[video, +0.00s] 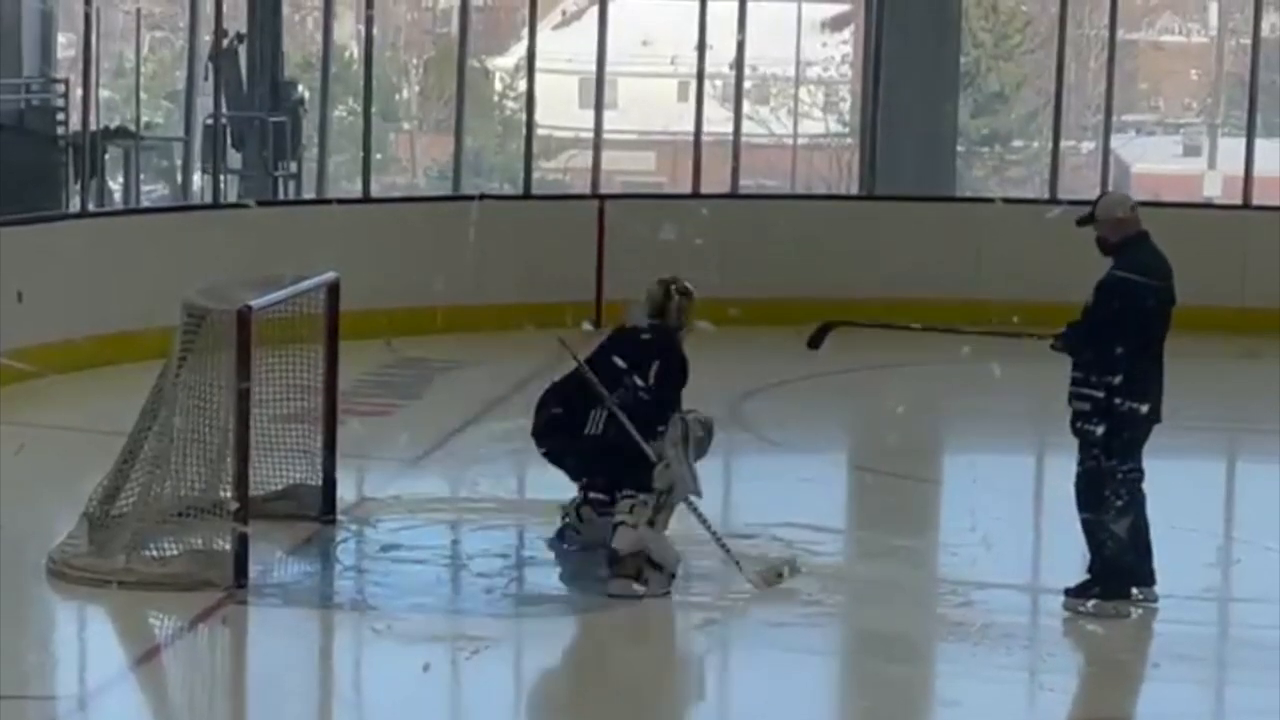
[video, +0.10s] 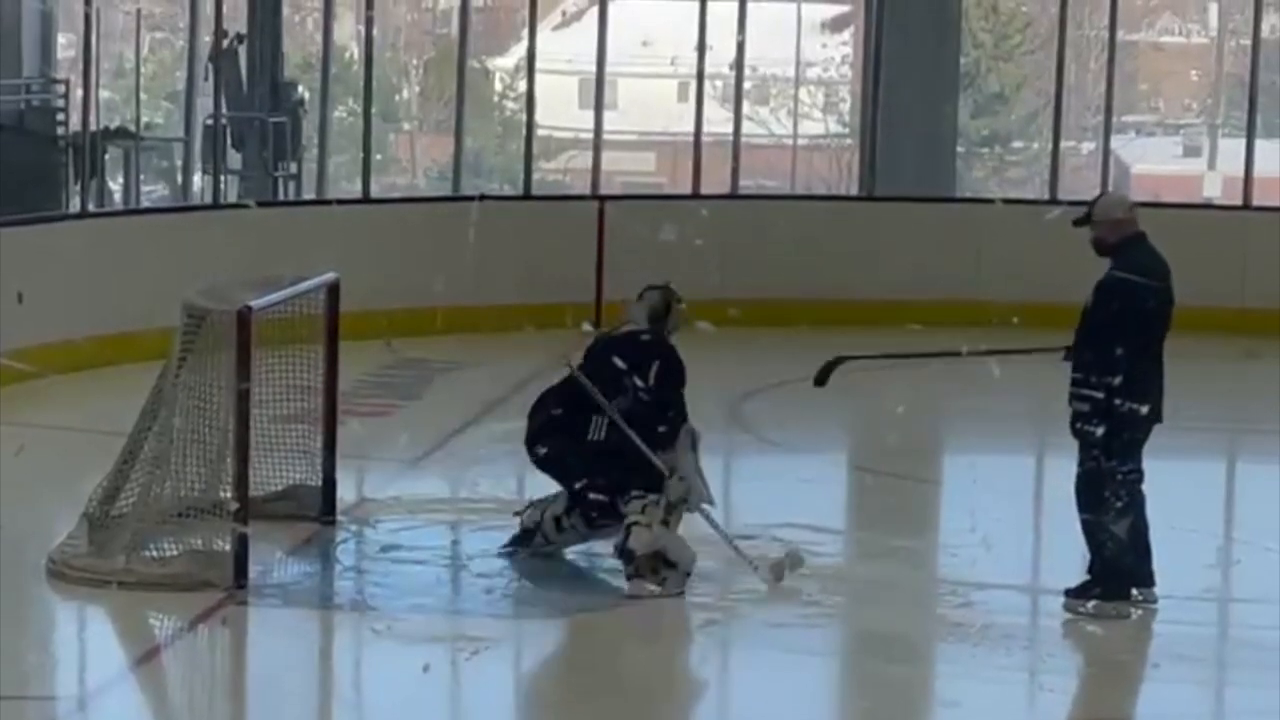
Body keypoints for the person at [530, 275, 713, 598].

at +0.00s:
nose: (688, 319)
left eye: (688, 311)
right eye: (687, 311)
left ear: (651, 308)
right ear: (680, 313)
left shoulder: (623, 337)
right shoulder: (670, 355)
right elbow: (662, 419)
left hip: (550, 420)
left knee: (604, 474)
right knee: (646, 472)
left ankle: (581, 535)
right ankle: (632, 562)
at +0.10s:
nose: (677, 323)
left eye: (677, 317)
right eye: (677, 317)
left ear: (637, 312)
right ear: (671, 320)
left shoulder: (609, 344)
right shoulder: (663, 359)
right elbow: (670, 432)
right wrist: (685, 477)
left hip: (548, 435)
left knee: (608, 507)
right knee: (654, 482)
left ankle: (539, 530)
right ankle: (648, 553)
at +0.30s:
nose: (622, 317)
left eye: (621, 312)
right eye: (618, 312)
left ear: (590, 331)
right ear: (622, 332)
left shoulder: (563, 354)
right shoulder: (620, 357)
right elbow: (658, 422)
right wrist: (675, 474)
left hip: (514, 460)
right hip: (563, 458)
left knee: (579, 530)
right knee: (628, 486)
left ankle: (500, 534)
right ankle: (621, 545)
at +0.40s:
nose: (584, 325)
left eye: (585, 319)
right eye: (580, 320)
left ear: (557, 335)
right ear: (591, 334)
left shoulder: (532, 361)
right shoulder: (595, 365)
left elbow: (498, 411)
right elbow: (635, 420)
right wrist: (641, 458)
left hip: (490, 467)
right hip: (543, 468)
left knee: (545, 528)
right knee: (591, 504)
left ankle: (467, 535)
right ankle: (594, 548)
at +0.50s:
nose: (540, 322)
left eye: (542, 319)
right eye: (536, 318)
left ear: (522, 335)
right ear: (557, 333)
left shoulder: (501, 359)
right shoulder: (561, 358)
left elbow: (464, 406)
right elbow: (594, 411)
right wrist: (607, 449)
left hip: (456, 460)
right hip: (506, 464)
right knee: (558, 505)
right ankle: (561, 550)